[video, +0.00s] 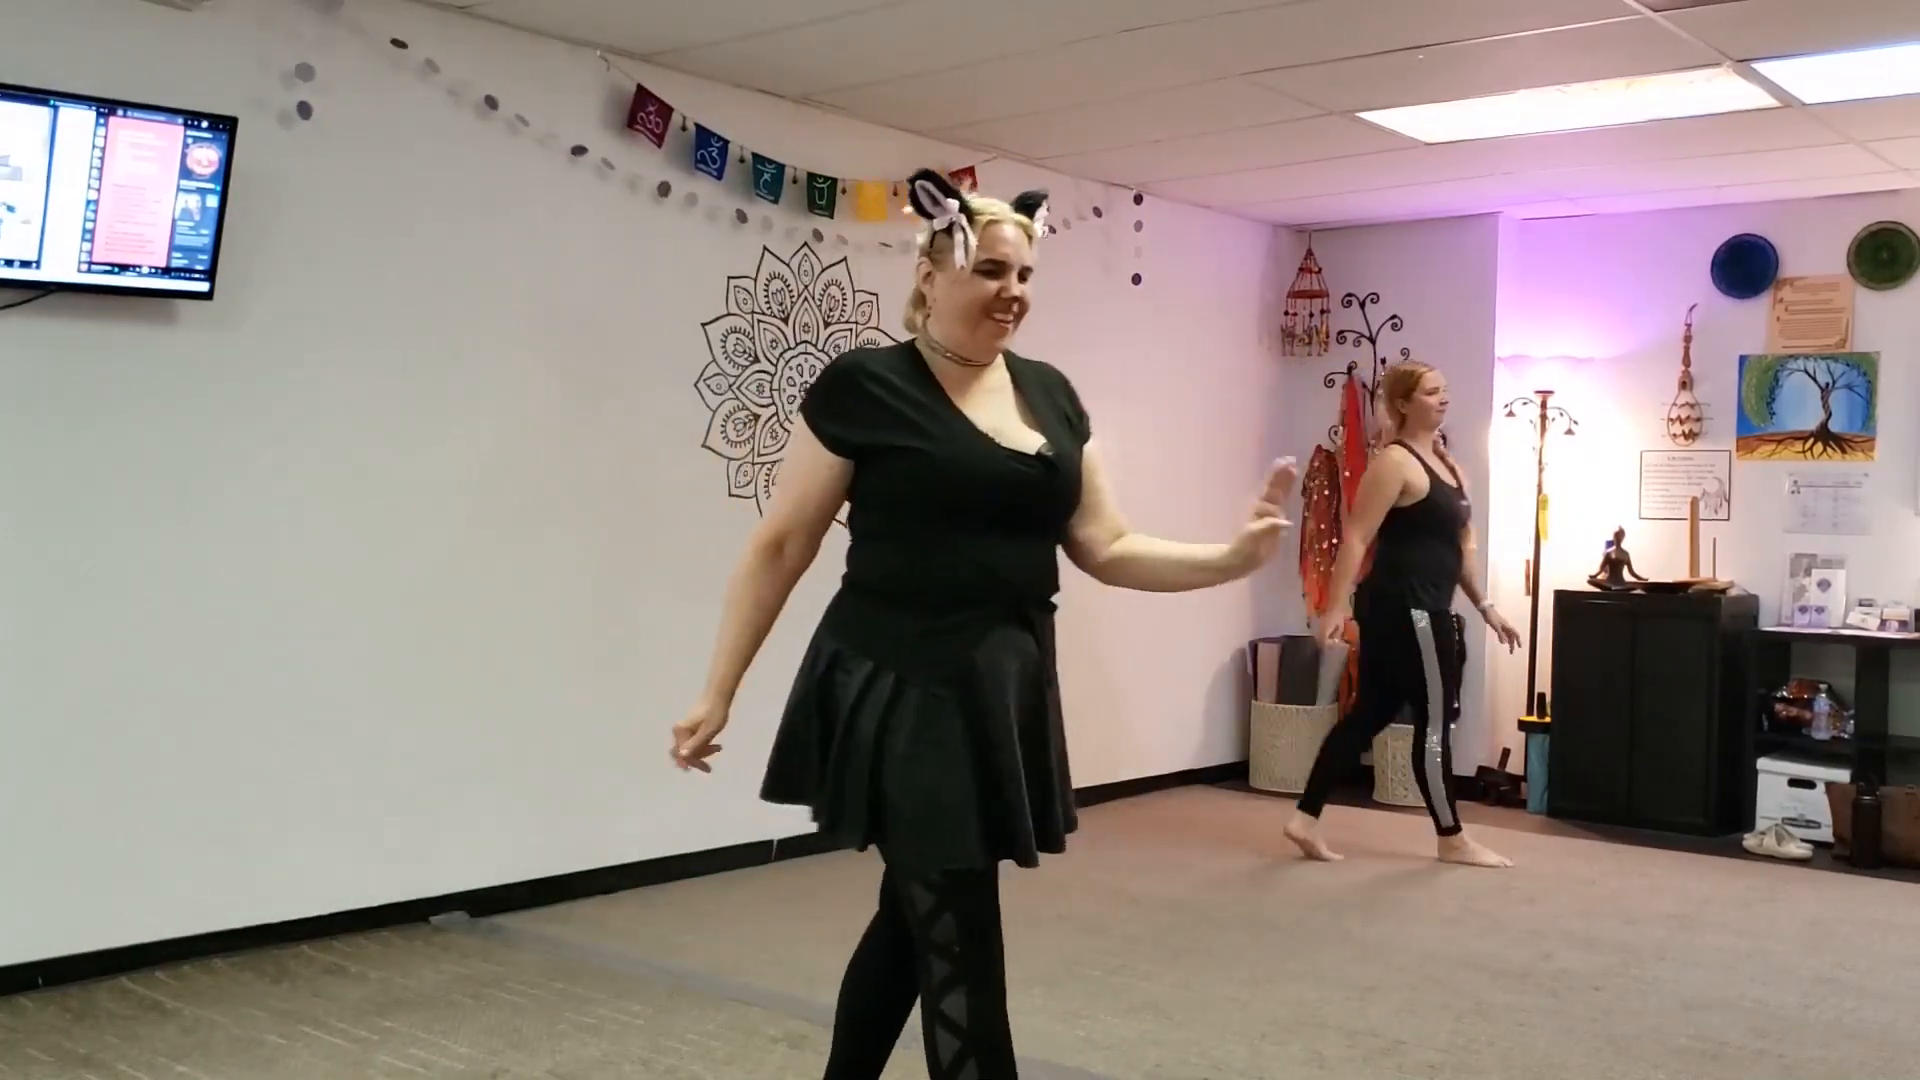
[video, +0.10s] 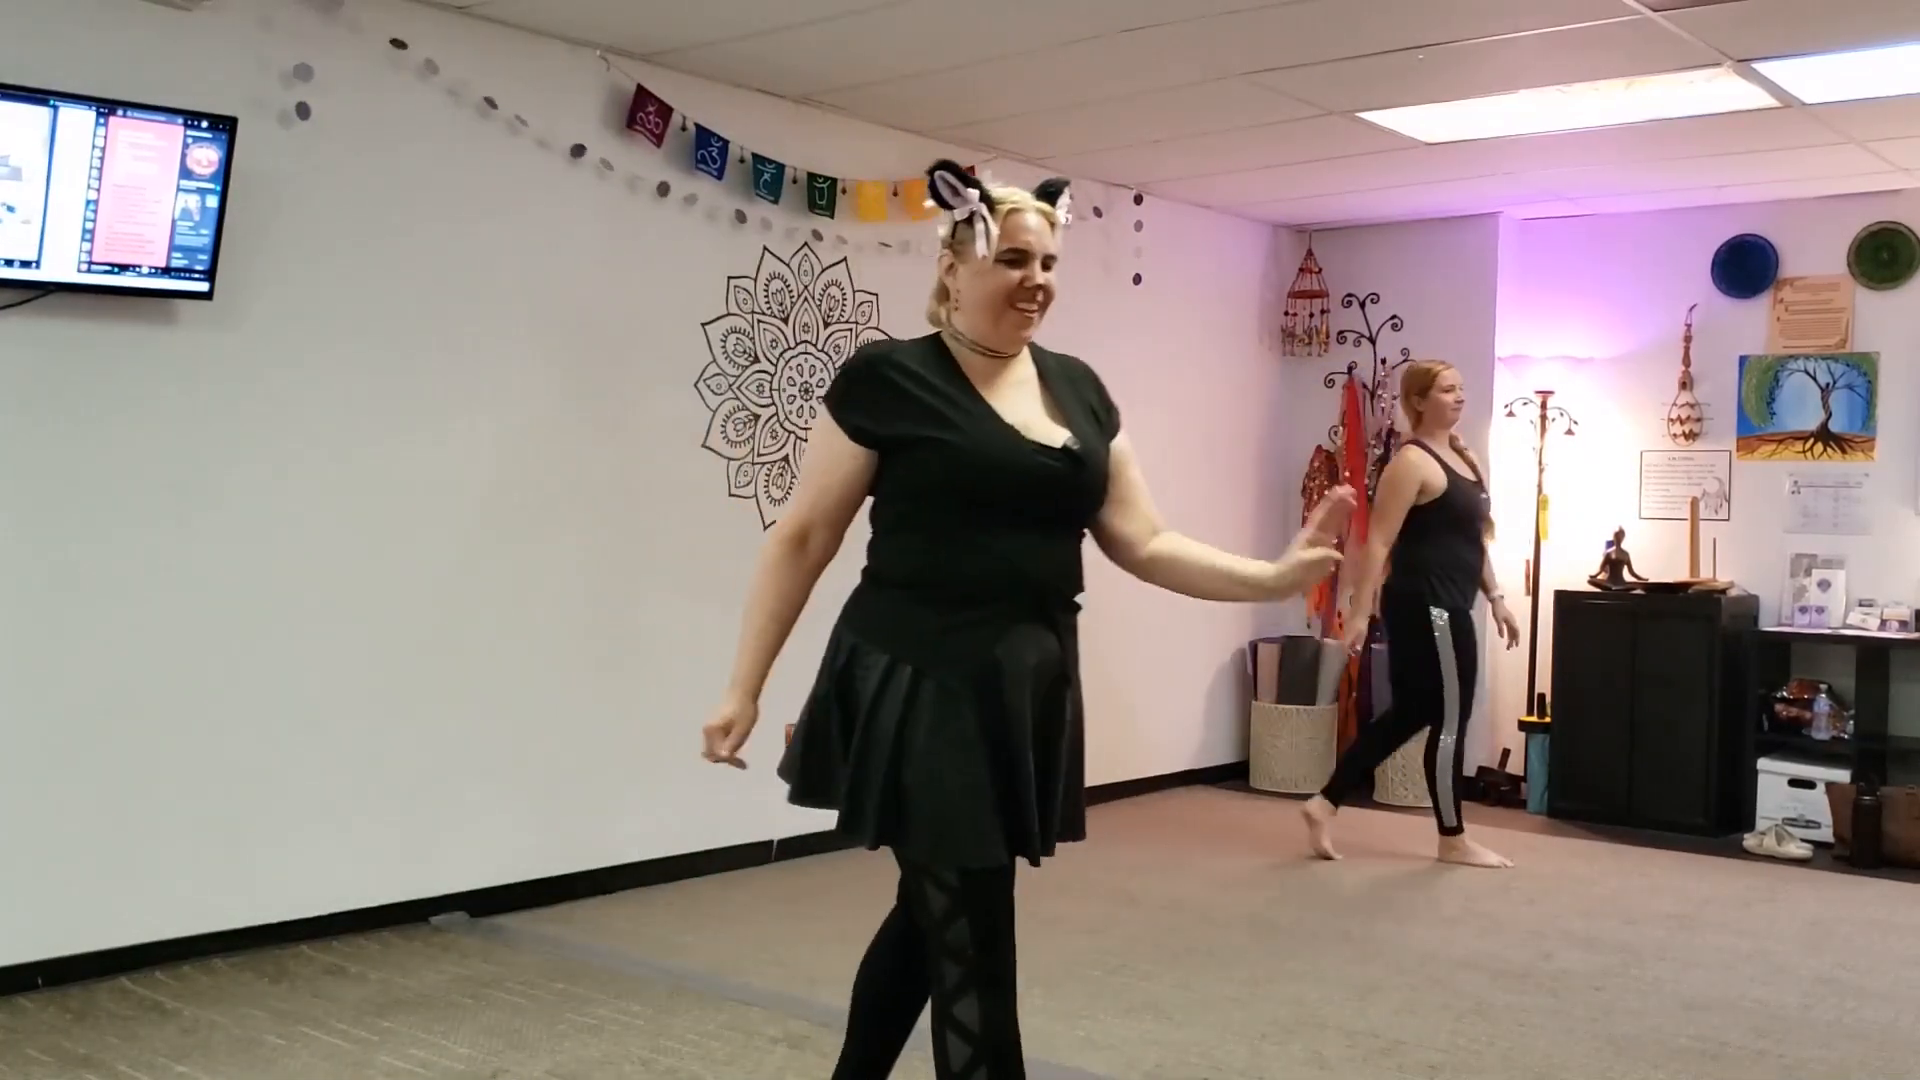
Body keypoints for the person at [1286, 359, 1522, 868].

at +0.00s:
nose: (1444, 399)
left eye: (1444, 392)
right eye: (1433, 393)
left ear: (1436, 402)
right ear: (1404, 403)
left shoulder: (1445, 463)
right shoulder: (1392, 462)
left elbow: (1458, 550)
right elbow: (1356, 537)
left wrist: (1486, 608)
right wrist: (1335, 608)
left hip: (1422, 602)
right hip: (1405, 604)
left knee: (1370, 713)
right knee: (1435, 717)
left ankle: (1305, 817)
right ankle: (1451, 838)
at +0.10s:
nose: (1461, 397)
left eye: (1461, 389)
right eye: (1449, 390)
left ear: (1457, 401)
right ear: (1419, 401)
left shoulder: (1463, 458)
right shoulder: (1408, 462)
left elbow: (1473, 539)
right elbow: (1378, 541)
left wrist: (1496, 599)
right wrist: (1360, 613)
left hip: (1447, 600)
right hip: (1423, 601)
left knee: (1411, 712)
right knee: (1450, 714)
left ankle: (1323, 804)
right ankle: (1452, 839)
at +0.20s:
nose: (1474, 401)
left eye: (1476, 394)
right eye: (1463, 394)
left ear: (1475, 403)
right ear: (1434, 402)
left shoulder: (1469, 453)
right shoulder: (1423, 466)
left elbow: (1484, 534)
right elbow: (1399, 550)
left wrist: (1504, 592)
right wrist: (1385, 623)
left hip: (1468, 601)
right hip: (1439, 603)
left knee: (1455, 714)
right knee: (1460, 713)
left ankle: (1358, 784)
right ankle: (1453, 838)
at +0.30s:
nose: (1487, 404)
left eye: (1488, 395)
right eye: (1478, 395)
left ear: (1482, 403)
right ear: (1447, 402)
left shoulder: (1483, 458)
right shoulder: (1436, 467)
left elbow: (1497, 533)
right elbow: (1418, 555)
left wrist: (1510, 592)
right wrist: (1416, 636)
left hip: (1487, 603)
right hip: (1452, 603)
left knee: (1505, 711)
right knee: (1468, 716)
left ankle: (1398, 779)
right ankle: (1454, 839)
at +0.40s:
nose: (1500, 402)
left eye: (1502, 394)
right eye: (1491, 394)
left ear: (1500, 402)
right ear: (1461, 400)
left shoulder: (1492, 457)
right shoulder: (1447, 465)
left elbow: (1504, 535)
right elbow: (1438, 558)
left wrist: (1516, 593)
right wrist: (1451, 637)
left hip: (1504, 608)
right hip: (1467, 609)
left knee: (1542, 709)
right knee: (1465, 724)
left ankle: (1466, 758)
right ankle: (1453, 839)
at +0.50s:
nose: (1514, 400)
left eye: (1516, 394)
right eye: (1504, 393)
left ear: (1512, 403)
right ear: (1475, 398)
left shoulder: (1504, 455)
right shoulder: (1460, 461)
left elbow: (1517, 538)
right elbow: (1456, 552)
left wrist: (1532, 597)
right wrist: (1480, 630)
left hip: (1515, 598)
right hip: (1468, 602)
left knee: (1561, 700)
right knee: (1470, 722)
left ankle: (1503, 796)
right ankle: (1454, 838)